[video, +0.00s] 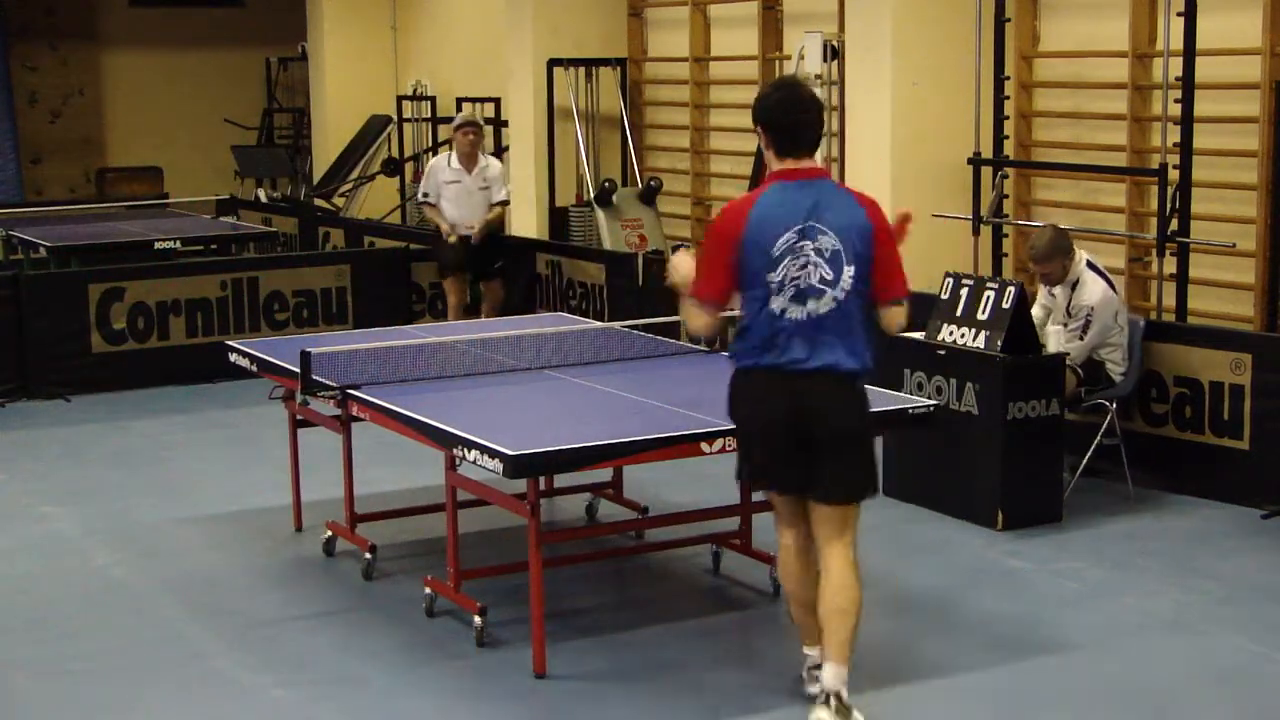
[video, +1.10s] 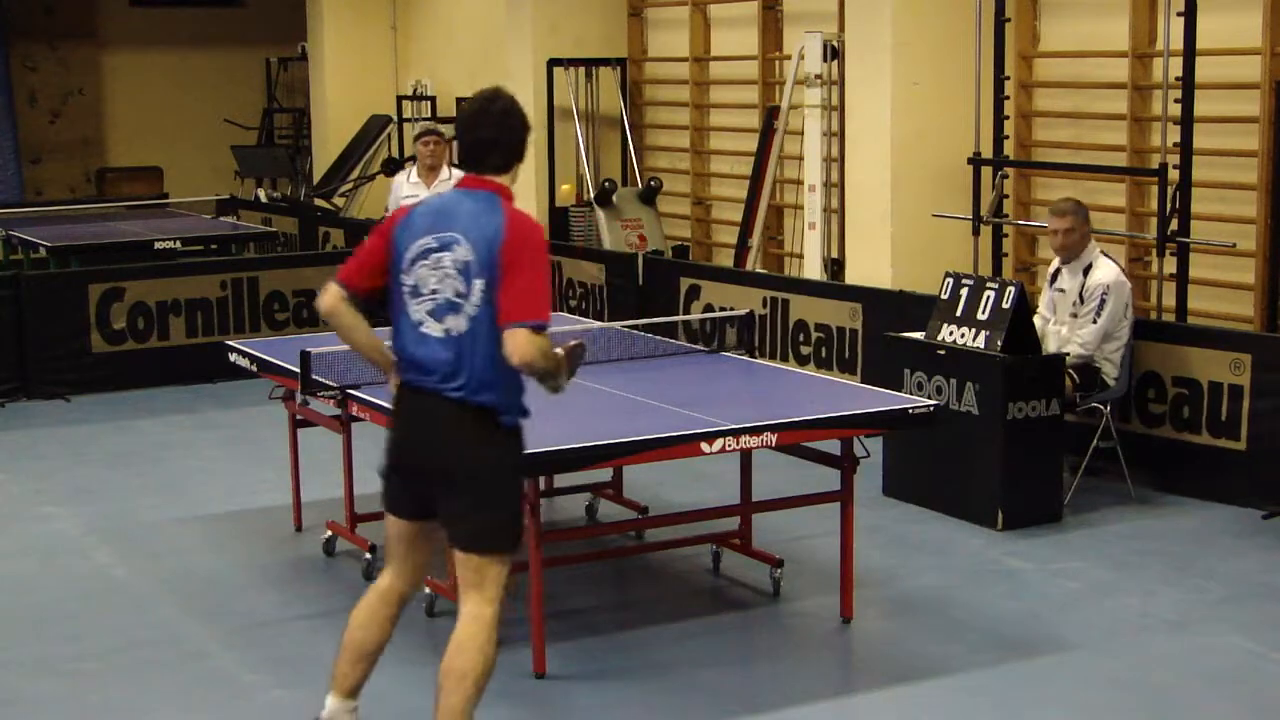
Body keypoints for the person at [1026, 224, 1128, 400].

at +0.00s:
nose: (1041, 281)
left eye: (1046, 275)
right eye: (1037, 274)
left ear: (1067, 261)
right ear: (1033, 263)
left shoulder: (1093, 297)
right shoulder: (1055, 272)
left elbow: (1071, 356)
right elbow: (1036, 319)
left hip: (1104, 367)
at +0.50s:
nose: (1041, 273)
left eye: (1047, 267)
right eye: (1038, 266)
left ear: (1069, 257)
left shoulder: (1097, 293)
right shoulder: (1059, 270)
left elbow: (1075, 350)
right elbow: (1045, 316)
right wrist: (1014, 336)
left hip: (1105, 368)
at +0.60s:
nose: (1035, 264)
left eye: (1039, 259)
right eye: (1035, 259)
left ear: (1063, 253)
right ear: (1062, 253)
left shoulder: (1098, 292)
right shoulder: (1060, 271)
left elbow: (1076, 351)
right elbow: (1041, 321)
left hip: (1103, 369)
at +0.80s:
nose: (1032, 248)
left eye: (1037, 242)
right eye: (1033, 241)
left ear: (1059, 248)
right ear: (1059, 248)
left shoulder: (1099, 289)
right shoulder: (1057, 267)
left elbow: (1076, 351)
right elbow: (1044, 313)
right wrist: (1016, 339)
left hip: (1100, 370)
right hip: (1065, 356)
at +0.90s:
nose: (1034, 246)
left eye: (1040, 241)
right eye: (1035, 239)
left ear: (1064, 243)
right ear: (1063, 244)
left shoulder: (1101, 287)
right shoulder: (1058, 267)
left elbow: (1076, 351)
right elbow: (1043, 316)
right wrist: (1013, 340)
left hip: (1097, 372)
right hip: (1064, 356)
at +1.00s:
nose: (1044, 246)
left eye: (1051, 238)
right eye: (1043, 238)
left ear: (1076, 238)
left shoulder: (1103, 282)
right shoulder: (1058, 268)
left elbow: (1079, 348)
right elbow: (1043, 318)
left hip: (1096, 373)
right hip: (1060, 360)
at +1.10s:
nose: (1060, 242)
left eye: (1068, 232)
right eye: (1054, 233)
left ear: (1086, 230)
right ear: (1048, 234)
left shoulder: (1108, 279)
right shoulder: (1056, 267)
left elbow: (1085, 347)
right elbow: (1042, 318)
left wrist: (1044, 370)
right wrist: (1018, 349)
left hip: (1096, 373)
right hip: (1056, 361)